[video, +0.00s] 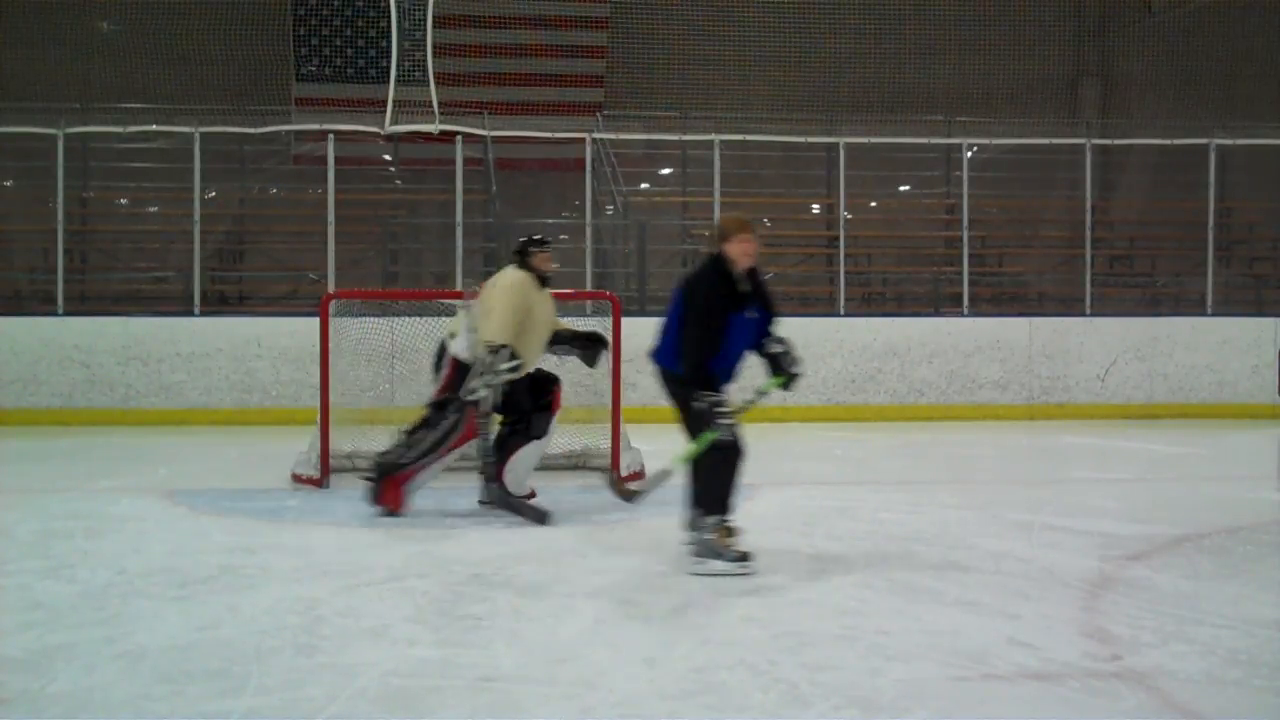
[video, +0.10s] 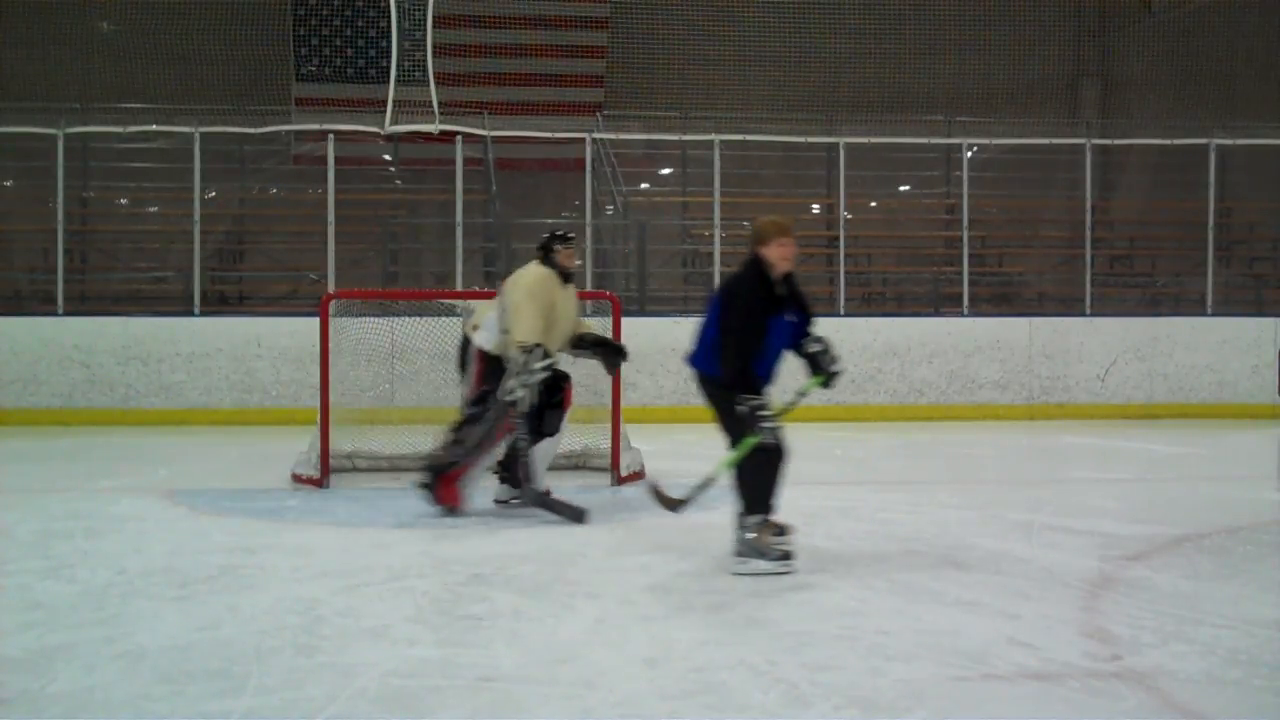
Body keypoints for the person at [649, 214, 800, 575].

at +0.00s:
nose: (748, 248)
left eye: (751, 242)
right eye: (740, 242)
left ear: (756, 247)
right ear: (723, 246)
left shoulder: (751, 283)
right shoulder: (705, 282)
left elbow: (758, 329)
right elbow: (691, 344)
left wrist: (778, 355)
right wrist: (704, 395)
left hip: (709, 373)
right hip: (681, 371)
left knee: (720, 444)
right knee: (719, 445)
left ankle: (707, 524)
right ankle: (707, 528)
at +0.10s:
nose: (789, 252)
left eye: (791, 245)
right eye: (780, 245)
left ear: (794, 249)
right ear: (760, 249)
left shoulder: (785, 287)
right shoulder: (742, 287)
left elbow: (796, 328)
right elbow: (731, 349)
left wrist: (817, 355)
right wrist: (746, 398)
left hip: (747, 378)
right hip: (719, 377)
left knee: (767, 446)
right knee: (758, 448)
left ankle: (756, 523)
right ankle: (751, 529)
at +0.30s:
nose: (854, 255)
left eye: (857, 248)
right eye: (847, 247)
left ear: (857, 251)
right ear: (826, 250)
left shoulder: (847, 287)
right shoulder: (809, 287)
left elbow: (862, 323)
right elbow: (803, 350)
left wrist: (876, 348)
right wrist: (817, 400)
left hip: (816, 377)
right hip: (785, 377)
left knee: (839, 438)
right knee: (813, 446)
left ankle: (824, 510)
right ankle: (790, 527)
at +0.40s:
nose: (883, 246)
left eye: (884, 240)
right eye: (875, 240)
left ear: (885, 244)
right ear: (855, 245)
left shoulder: (880, 281)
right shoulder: (835, 283)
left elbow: (895, 318)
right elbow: (831, 347)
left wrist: (905, 343)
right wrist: (852, 393)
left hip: (846, 373)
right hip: (811, 373)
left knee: (874, 434)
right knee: (820, 446)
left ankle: (869, 513)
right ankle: (797, 526)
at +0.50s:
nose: (904, 246)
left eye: (906, 239)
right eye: (897, 240)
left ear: (908, 242)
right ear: (876, 244)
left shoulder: (909, 282)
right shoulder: (858, 280)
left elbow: (922, 314)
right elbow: (856, 342)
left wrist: (929, 340)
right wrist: (878, 388)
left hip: (874, 372)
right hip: (835, 370)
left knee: (902, 433)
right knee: (838, 437)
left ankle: (915, 509)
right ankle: (808, 515)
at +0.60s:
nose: (920, 246)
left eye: (922, 240)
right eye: (912, 240)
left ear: (923, 245)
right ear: (891, 245)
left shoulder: (926, 282)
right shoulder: (871, 283)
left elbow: (933, 323)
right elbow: (873, 347)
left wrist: (943, 337)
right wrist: (901, 391)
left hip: (903, 373)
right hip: (859, 373)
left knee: (929, 435)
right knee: (843, 436)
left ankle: (951, 508)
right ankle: (824, 514)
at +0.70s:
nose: (929, 253)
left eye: (931, 246)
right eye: (921, 247)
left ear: (934, 249)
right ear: (901, 252)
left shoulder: (940, 284)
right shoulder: (880, 291)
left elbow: (950, 330)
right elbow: (882, 355)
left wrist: (955, 340)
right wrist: (915, 396)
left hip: (925, 375)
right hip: (879, 376)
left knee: (948, 438)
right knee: (850, 437)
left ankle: (976, 509)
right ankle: (844, 513)